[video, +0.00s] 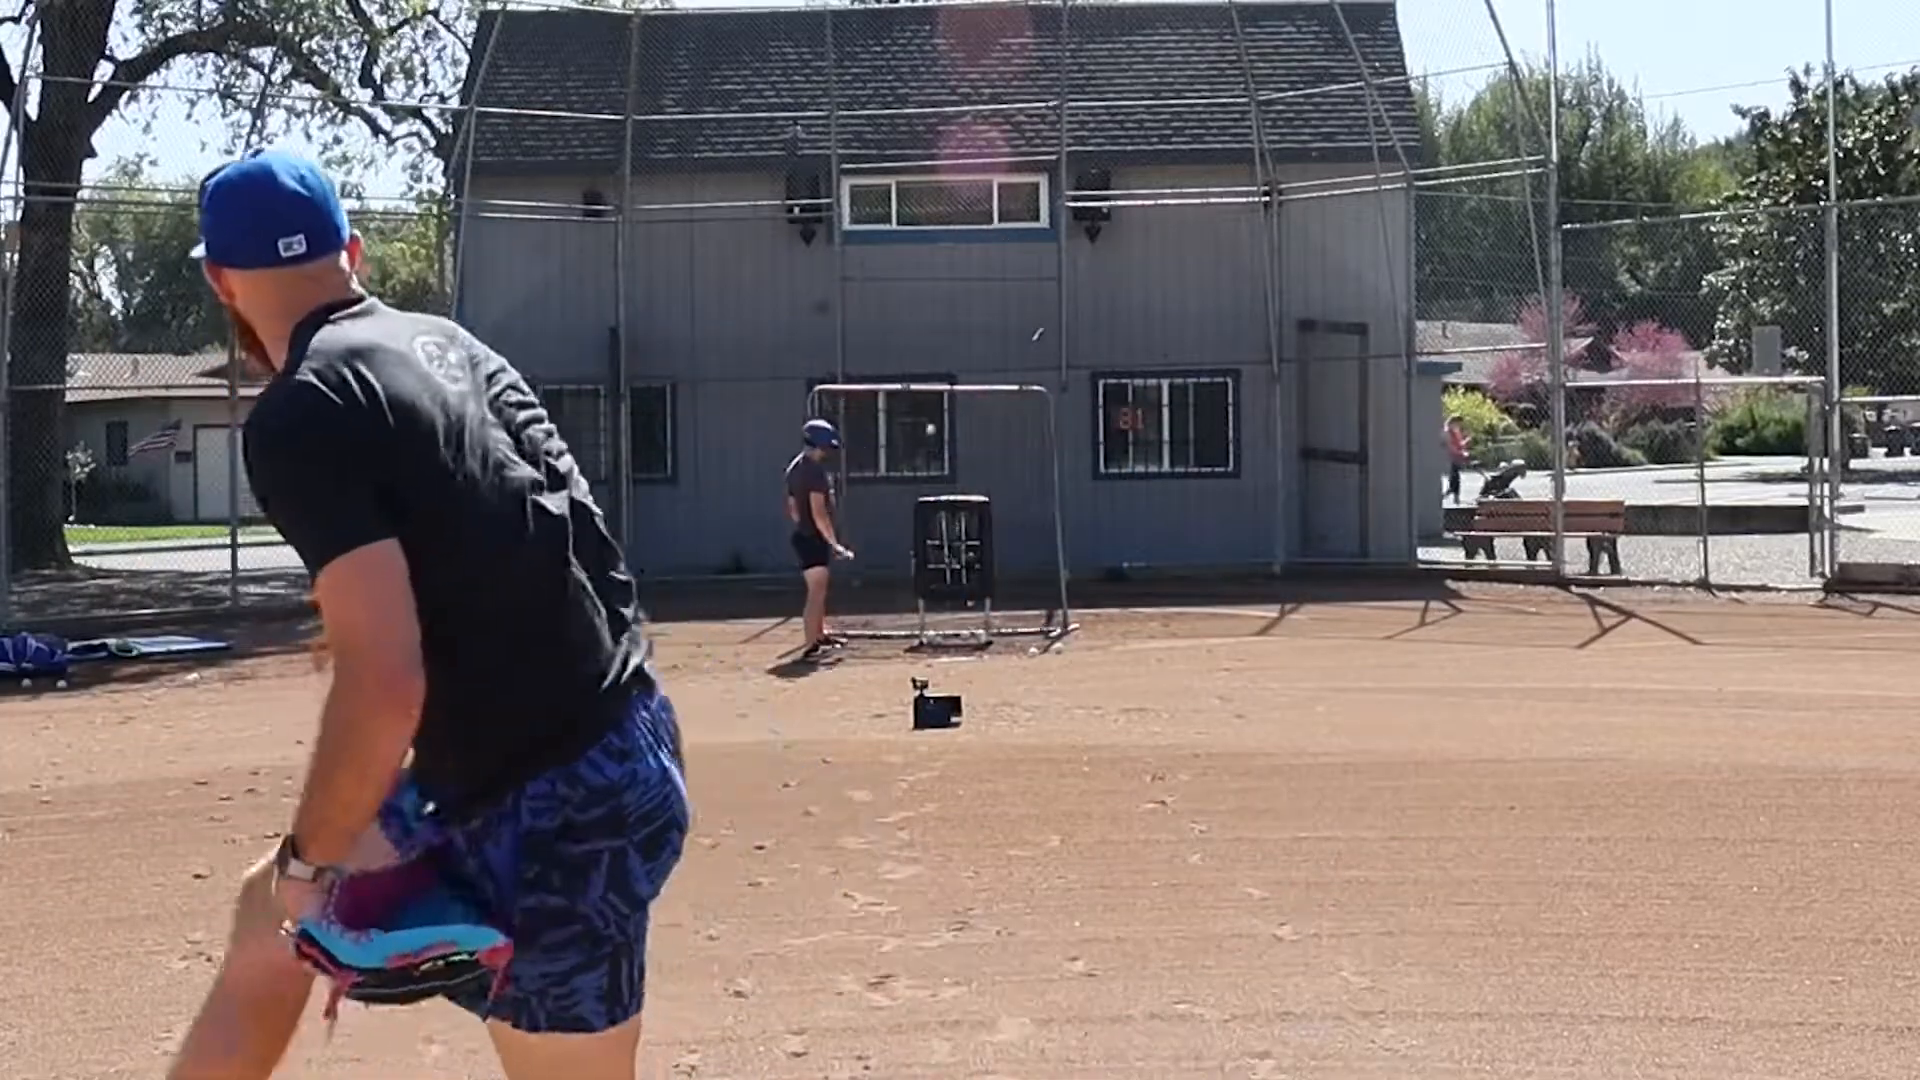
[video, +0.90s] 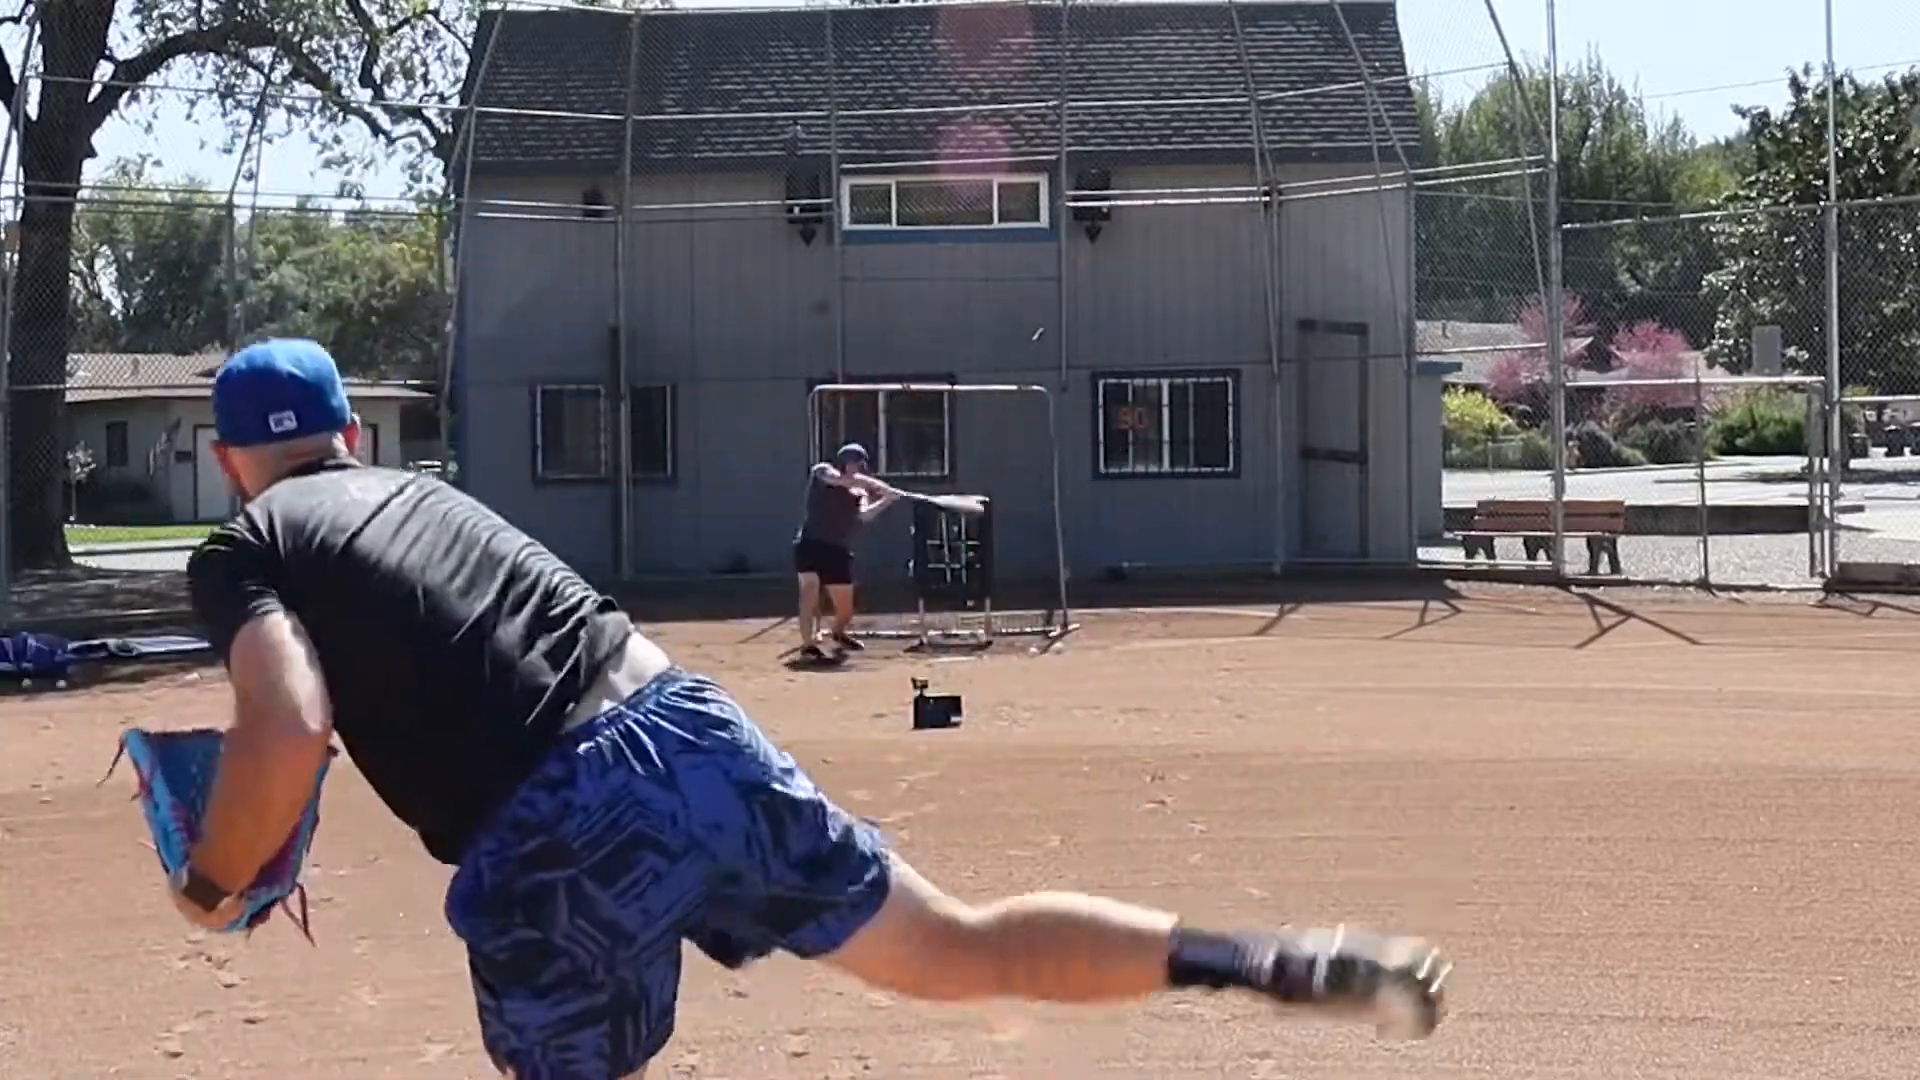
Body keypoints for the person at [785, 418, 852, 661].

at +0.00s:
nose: (828, 451)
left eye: (829, 446)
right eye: (826, 446)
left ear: (808, 443)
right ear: (817, 444)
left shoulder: (796, 466)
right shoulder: (814, 471)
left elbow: (793, 507)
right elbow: (819, 512)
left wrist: (804, 527)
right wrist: (834, 543)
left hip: (804, 533)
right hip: (814, 534)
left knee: (817, 588)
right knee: (817, 590)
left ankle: (819, 634)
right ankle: (812, 643)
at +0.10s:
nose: (853, 444)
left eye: (856, 440)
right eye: (848, 441)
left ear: (859, 440)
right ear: (839, 442)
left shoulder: (868, 455)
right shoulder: (833, 462)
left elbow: (875, 478)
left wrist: (854, 459)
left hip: (855, 527)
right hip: (834, 527)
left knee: (860, 577)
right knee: (865, 575)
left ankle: (845, 626)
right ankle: (838, 622)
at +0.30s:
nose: (860, 447)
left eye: (861, 442)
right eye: (855, 443)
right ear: (845, 445)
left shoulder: (831, 465)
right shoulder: (850, 469)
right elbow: (875, 488)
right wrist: (876, 469)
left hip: (815, 534)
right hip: (832, 533)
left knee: (855, 580)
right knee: (875, 566)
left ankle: (845, 632)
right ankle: (846, 611)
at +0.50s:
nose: (861, 455)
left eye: (862, 451)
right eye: (856, 451)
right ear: (848, 452)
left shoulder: (833, 468)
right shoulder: (857, 474)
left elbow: (830, 467)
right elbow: (873, 492)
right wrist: (866, 472)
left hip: (813, 535)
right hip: (827, 536)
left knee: (852, 581)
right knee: (866, 576)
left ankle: (841, 632)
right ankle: (841, 614)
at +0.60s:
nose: (862, 458)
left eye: (863, 454)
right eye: (858, 453)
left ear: (863, 455)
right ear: (849, 453)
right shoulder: (852, 475)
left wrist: (863, 475)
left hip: (830, 537)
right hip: (822, 537)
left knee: (854, 585)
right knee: (853, 584)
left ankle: (842, 632)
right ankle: (830, 625)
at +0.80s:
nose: (861, 466)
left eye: (862, 462)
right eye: (857, 461)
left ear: (859, 463)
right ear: (845, 461)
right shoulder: (843, 478)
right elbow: (883, 500)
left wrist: (867, 514)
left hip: (835, 551)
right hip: (814, 546)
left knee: (856, 601)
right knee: (825, 590)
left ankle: (842, 636)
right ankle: (812, 642)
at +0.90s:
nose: (860, 469)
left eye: (862, 465)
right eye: (857, 464)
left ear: (863, 467)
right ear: (844, 463)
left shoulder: (857, 491)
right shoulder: (823, 470)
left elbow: (865, 515)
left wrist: (887, 499)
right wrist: (865, 484)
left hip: (838, 548)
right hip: (811, 544)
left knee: (845, 610)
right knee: (809, 592)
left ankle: (838, 632)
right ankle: (808, 643)